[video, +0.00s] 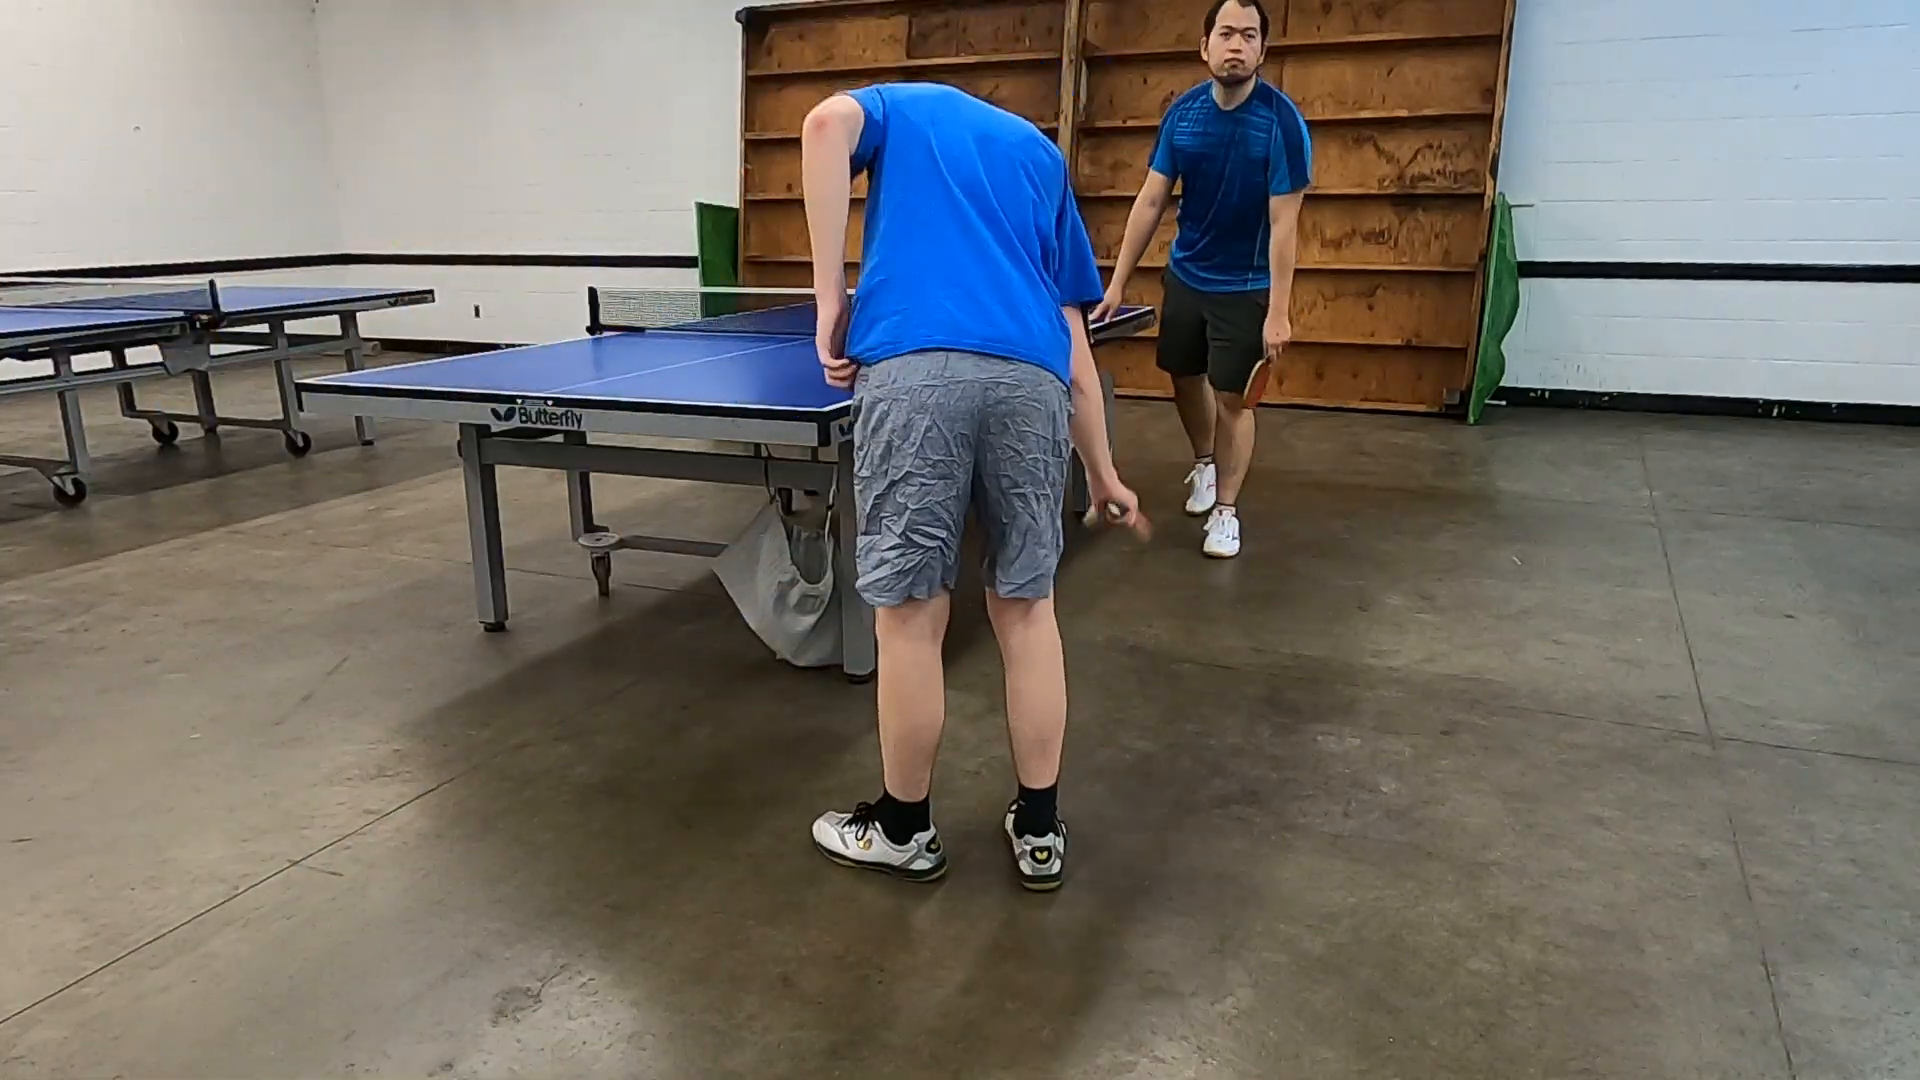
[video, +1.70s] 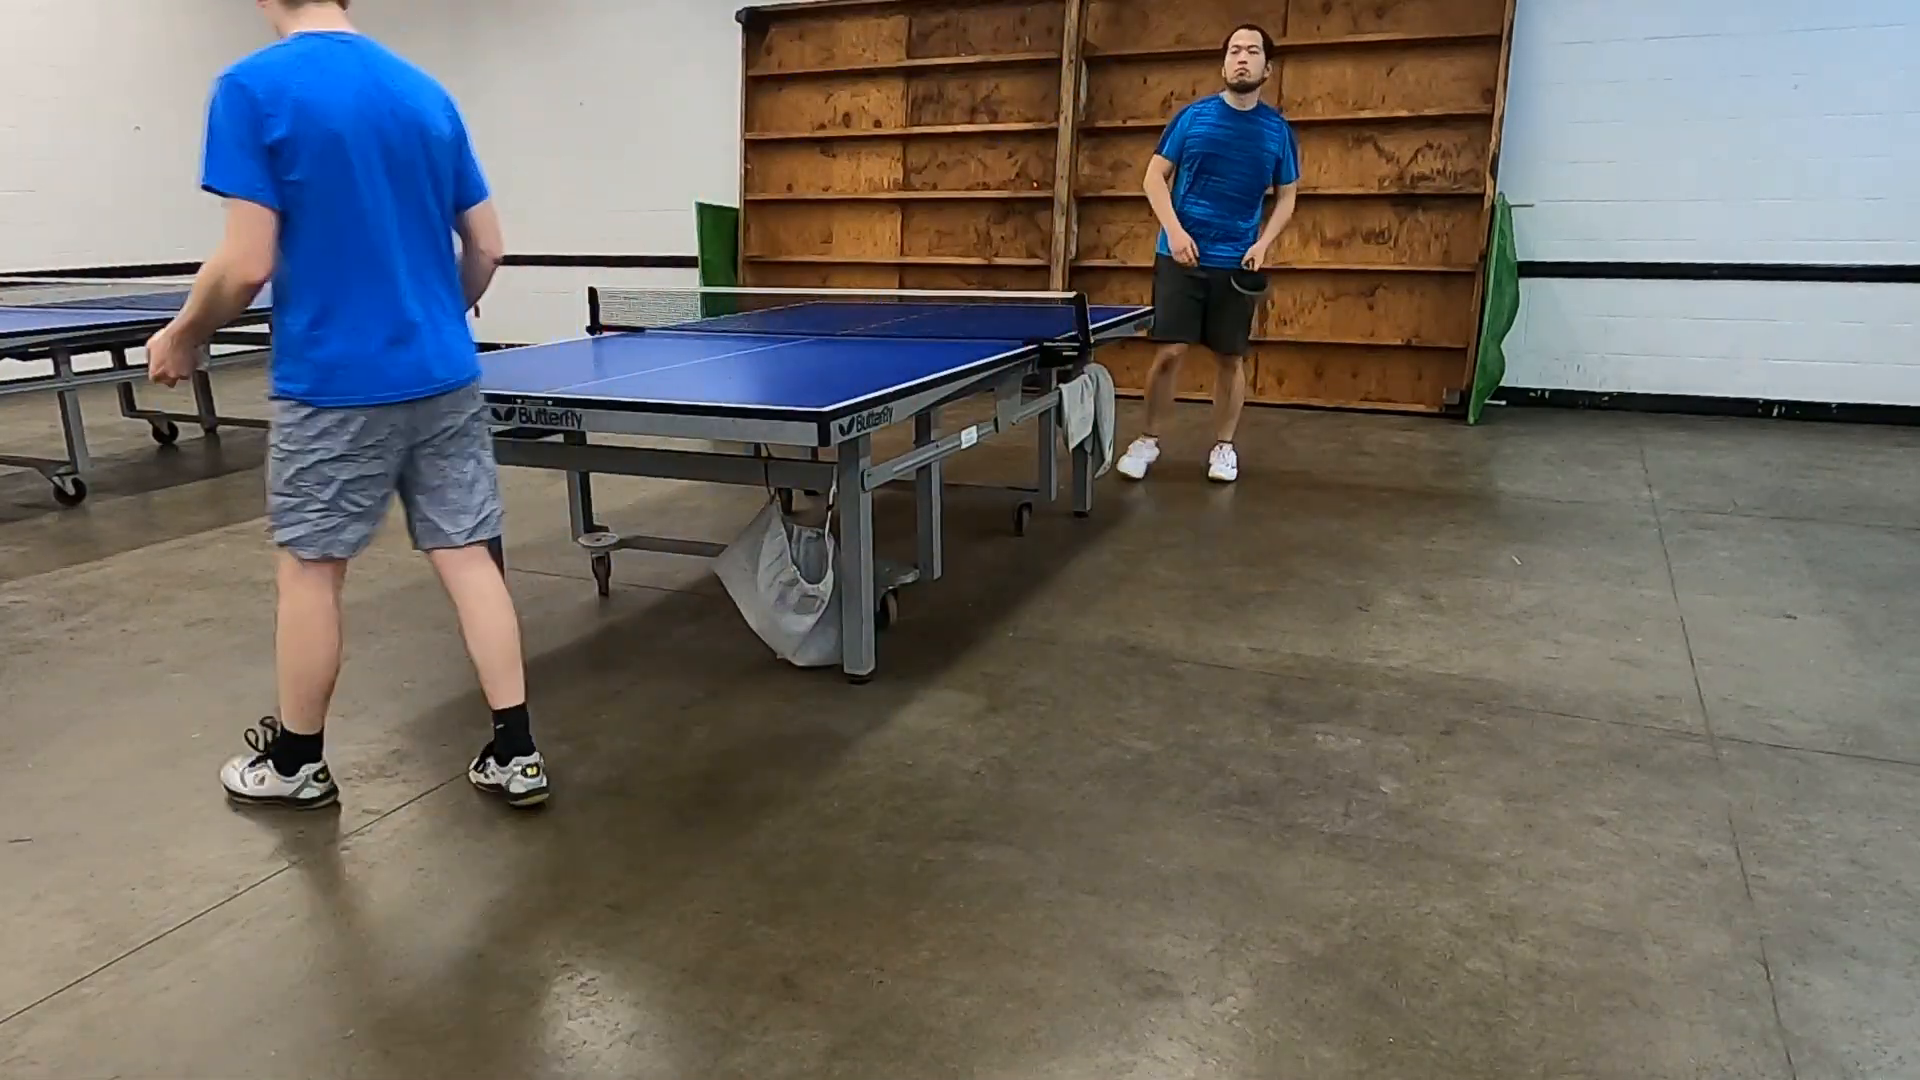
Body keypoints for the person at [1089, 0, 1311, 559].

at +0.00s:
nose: (1237, 45)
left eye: (1249, 35)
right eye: (1226, 33)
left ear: (1262, 49)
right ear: (1204, 45)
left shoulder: (1281, 122)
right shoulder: (1182, 113)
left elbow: (1284, 224)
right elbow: (1150, 201)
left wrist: (1279, 312)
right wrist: (1116, 285)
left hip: (1248, 285)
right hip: (1187, 276)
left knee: (1231, 399)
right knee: (1184, 376)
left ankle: (1227, 508)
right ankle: (1208, 463)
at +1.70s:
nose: (1241, 58)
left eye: (1252, 52)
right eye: (1234, 51)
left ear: (1268, 66)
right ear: (1223, 62)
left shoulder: (1278, 131)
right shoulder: (1193, 116)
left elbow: (1286, 199)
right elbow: (1154, 177)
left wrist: (1263, 243)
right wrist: (1174, 231)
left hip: (1238, 264)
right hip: (1182, 257)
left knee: (1230, 360)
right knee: (1169, 353)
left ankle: (1223, 446)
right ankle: (1149, 440)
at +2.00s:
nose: (1201, 62)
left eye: (1212, 55)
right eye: (1195, 56)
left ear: (1231, 68)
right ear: (1187, 68)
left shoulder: (1247, 128)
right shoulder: (1165, 122)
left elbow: (1267, 193)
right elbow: (1130, 185)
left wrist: (1219, 211)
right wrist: (1168, 212)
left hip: (1213, 264)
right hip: (1154, 257)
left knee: (1217, 357)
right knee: (1116, 343)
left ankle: (1222, 446)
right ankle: (1076, 418)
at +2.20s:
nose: (1155, 74)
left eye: (1166, 67)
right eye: (1150, 67)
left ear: (1186, 79)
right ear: (1143, 78)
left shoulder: (1205, 135)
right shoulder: (1127, 135)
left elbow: (1226, 196)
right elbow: (1099, 192)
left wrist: (1173, 195)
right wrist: (1110, 221)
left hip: (1182, 272)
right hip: (1124, 268)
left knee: (1196, 357)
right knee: (1092, 350)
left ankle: (1219, 445)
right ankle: (1083, 431)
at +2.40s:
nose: (1107, 86)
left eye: (1117, 78)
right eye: (1102, 79)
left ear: (1140, 84)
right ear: (1098, 88)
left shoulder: (1167, 133)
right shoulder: (1097, 143)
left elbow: (1177, 198)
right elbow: (1080, 202)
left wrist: (1128, 169)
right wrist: (1057, 246)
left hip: (1160, 272)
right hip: (1106, 270)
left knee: (1178, 355)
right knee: (1076, 351)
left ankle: (1207, 441)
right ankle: (1080, 431)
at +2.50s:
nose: (1089, 98)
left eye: (1098, 90)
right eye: (1084, 91)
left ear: (1123, 92)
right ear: (1081, 96)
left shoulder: (1154, 133)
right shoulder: (1091, 144)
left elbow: (1164, 197)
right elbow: (1078, 201)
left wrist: (1115, 158)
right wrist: (1049, 246)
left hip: (1160, 269)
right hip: (1108, 267)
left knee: (1173, 351)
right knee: (1081, 349)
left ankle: (1198, 441)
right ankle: (1080, 432)